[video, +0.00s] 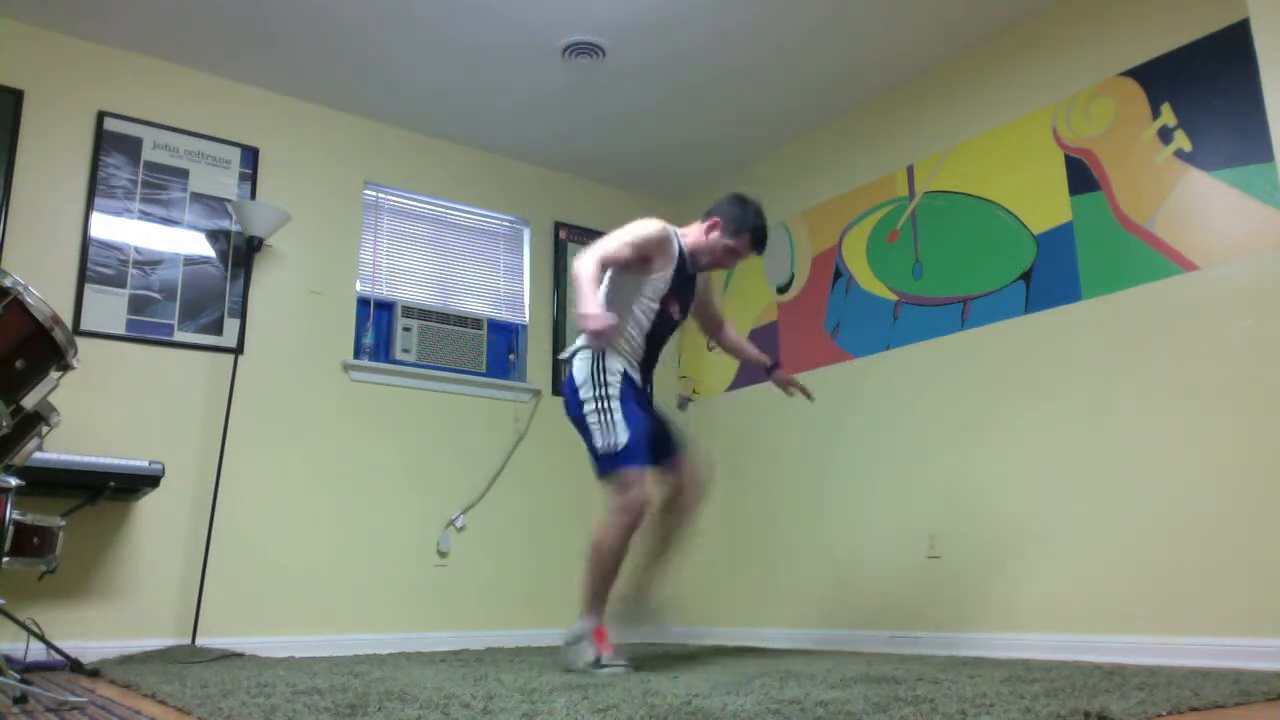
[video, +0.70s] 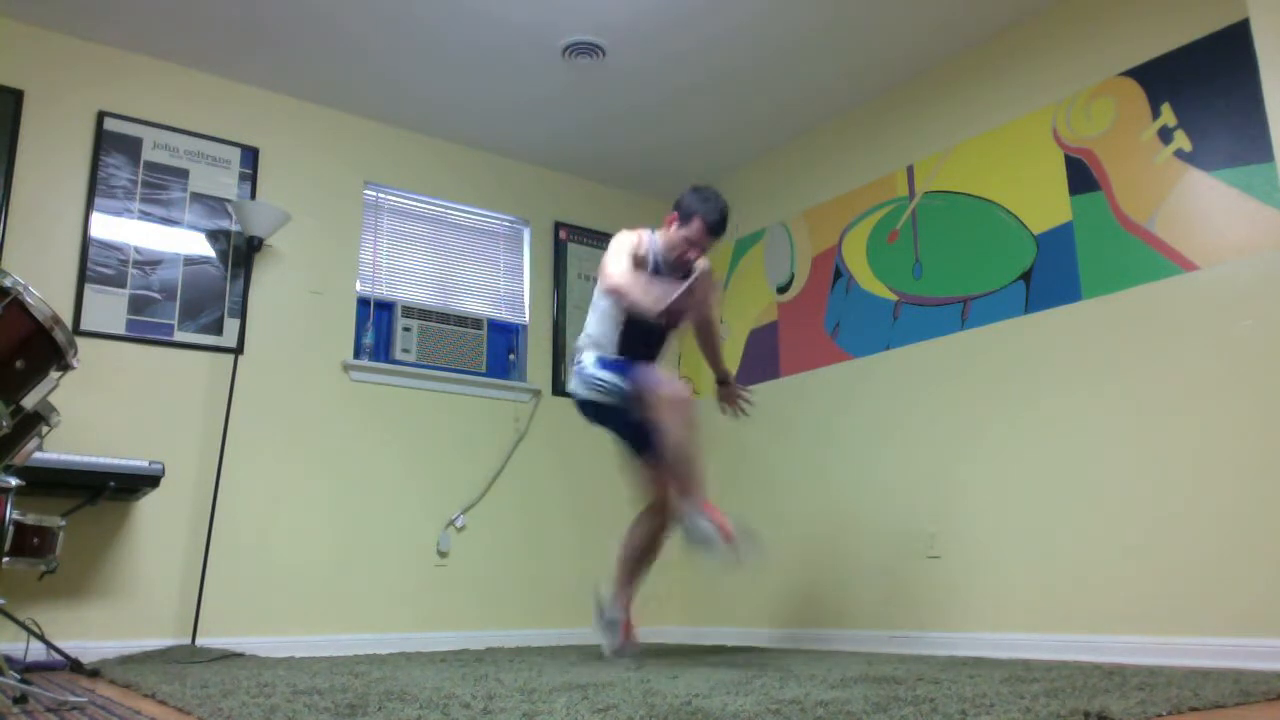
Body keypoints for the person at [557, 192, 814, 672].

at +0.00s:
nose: (726, 265)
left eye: (734, 261)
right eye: (728, 254)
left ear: (723, 241)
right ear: (711, 226)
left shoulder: (697, 277)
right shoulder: (656, 235)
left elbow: (717, 329)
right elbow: (588, 260)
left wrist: (771, 369)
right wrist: (592, 309)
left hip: (629, 380)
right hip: (597, 366)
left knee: (685, 478)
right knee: (632, 494)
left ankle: (632, 604)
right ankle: (588, 630)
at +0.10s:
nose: (721, 265)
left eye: (730, 260)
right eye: (723, 252)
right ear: (703, 228)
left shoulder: (691, 287)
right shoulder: (647, 250)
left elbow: (712, 337)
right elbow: (586, 286)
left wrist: (763, 365)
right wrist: (612, 321)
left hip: (631, 397)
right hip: (602, 387)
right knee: (672, 448)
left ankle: (575, 632)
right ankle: (631, 573)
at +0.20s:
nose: (724, 254)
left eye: (732, 248)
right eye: (725, 241)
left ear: (732, 241)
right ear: (707, 217)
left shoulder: (697, 272)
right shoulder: (652, 242)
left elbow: (705, 332)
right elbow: (594, 283)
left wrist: (747, 347)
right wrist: (613, 335)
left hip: (632, 386)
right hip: (607, 374)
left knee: (641, 511)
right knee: (696, 405)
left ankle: (588, 615)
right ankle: (694, 542)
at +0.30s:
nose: (728, 249)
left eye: (737, 243)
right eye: (728, 236)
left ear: (741, 241)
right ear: (709, 213)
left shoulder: (703, 268)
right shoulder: (663, 238)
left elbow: (705, 317)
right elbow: (600, 275)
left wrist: (737, 331)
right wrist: (607, 333)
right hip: (620, 361)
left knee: (685, 478)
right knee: (712, 425)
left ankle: (629, 571)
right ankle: (712, 565)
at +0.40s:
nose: (722, 253)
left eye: (730, 247)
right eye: (722, 240)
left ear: (729, 242)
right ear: (700, 219)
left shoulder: (688, 269)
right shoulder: (661, 252)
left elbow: (677, 315)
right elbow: (615, 282)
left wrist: (710, 329)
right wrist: (592, 329)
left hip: (649, 388)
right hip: (646, 387)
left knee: (692, 504)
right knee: (716, 498)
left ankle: (655, 603)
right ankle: (694, 632)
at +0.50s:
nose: (709, 256)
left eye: (717, 249)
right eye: (707, 243)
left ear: (721, 243)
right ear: (684, 225)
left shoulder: (680, 275)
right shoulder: (652, 268)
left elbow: (674, 330)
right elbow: (606, 309)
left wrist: (702, 331)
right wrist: (567, 350)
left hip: (674, 402)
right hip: (666, 404)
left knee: (704, 519)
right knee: (716, 521)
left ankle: (650, 597)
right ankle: (693, 637)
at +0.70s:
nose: (693, 255)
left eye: (702, 249)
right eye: (689, 242)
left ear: (710, 246)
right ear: (670, 222)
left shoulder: (700, 278)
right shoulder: (629, 242)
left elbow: (707, 329)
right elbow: (615, 278)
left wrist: (723, 378)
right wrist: (661, 302)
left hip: (642, 382)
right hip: (596, 371)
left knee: (665, 498)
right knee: (674, 393)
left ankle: (618, 603)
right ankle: (692, 504)